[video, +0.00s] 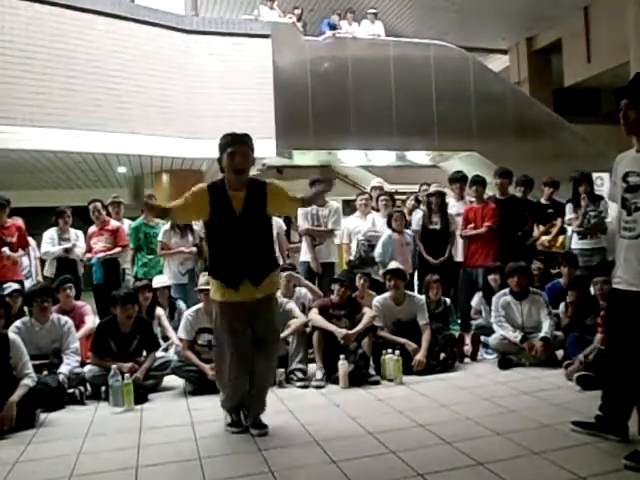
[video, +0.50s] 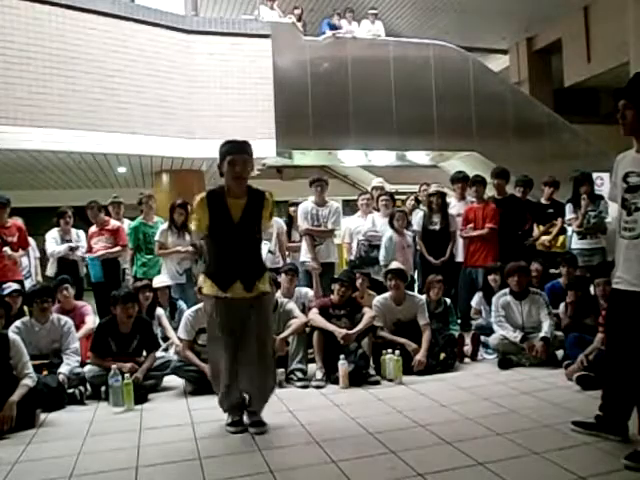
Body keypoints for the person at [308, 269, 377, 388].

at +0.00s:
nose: (341, 290)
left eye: (346, 288)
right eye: (340, 285)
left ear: (351, 292)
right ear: (334, 286)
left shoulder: (353, 303)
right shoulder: (323, 302)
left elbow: (371, 314)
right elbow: (312, 317)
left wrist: (354, 333)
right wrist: (336, 330)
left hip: (351, 350)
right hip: (330, 347)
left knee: (368, 331)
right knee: (318, 332)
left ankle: (368, 368)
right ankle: (320, 370)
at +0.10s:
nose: (341, 290)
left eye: (346, 288)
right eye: (339, 285)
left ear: (351, 291)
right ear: (334, 286)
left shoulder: (353, 303)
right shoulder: (323, 302)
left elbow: (371, 314)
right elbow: (312, 317)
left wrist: (354, 333)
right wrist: (336, 330)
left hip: (351, 350)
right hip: (330, 348)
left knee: (368, 331)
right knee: (318, 332)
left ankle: (368, 368)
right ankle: (320, 370)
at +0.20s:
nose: (341, 290)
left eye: (346, 288)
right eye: (339, 285)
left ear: (351, 292)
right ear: (334, 286)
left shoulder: (353, 303)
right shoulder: (324, 303)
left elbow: (371, 314)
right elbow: (312, 317)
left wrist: (354, 333)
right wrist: (336, 330)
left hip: (351, 351)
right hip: (330, 349)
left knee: (368, 331)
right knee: (318, 332)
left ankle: (368, 368)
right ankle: (320, 370)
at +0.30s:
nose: (343, 290)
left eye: (347, 288)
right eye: (341, 285)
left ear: (351, 292)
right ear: (333, 286)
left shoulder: (353, 303)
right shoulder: (323, 302)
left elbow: (370, 314)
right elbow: (312, 317)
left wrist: (354, 333)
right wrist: (336, 330)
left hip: (351, 352)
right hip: (330, 350)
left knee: (369, 329)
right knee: (318, 331)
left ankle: (368, 368)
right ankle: (320, 370)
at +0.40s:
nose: (343, 290)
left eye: (347, 288)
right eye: (340, 285)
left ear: (351, 292)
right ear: (333, 286)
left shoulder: (353, 303)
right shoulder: (324, 302)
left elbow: (370, 314)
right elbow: (312, 317)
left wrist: (354, 333)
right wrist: (336, 330)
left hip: (351, 352)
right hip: (330, 350)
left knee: (369, 329)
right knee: (318, 332)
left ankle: (368, 368)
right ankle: (320, 370)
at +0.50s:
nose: (343, 290)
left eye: (347, 288)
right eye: (340, 285)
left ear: (351, 291)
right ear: (333, 286)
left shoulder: (353, 303)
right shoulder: (323, 302)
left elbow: (370, 314)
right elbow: (312, 317)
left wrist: (354, 333)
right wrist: (336, 330)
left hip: (351, 352)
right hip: (330, 350)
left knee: (368, 329)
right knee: (318, 332)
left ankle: (368, 368)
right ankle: (320, 370)